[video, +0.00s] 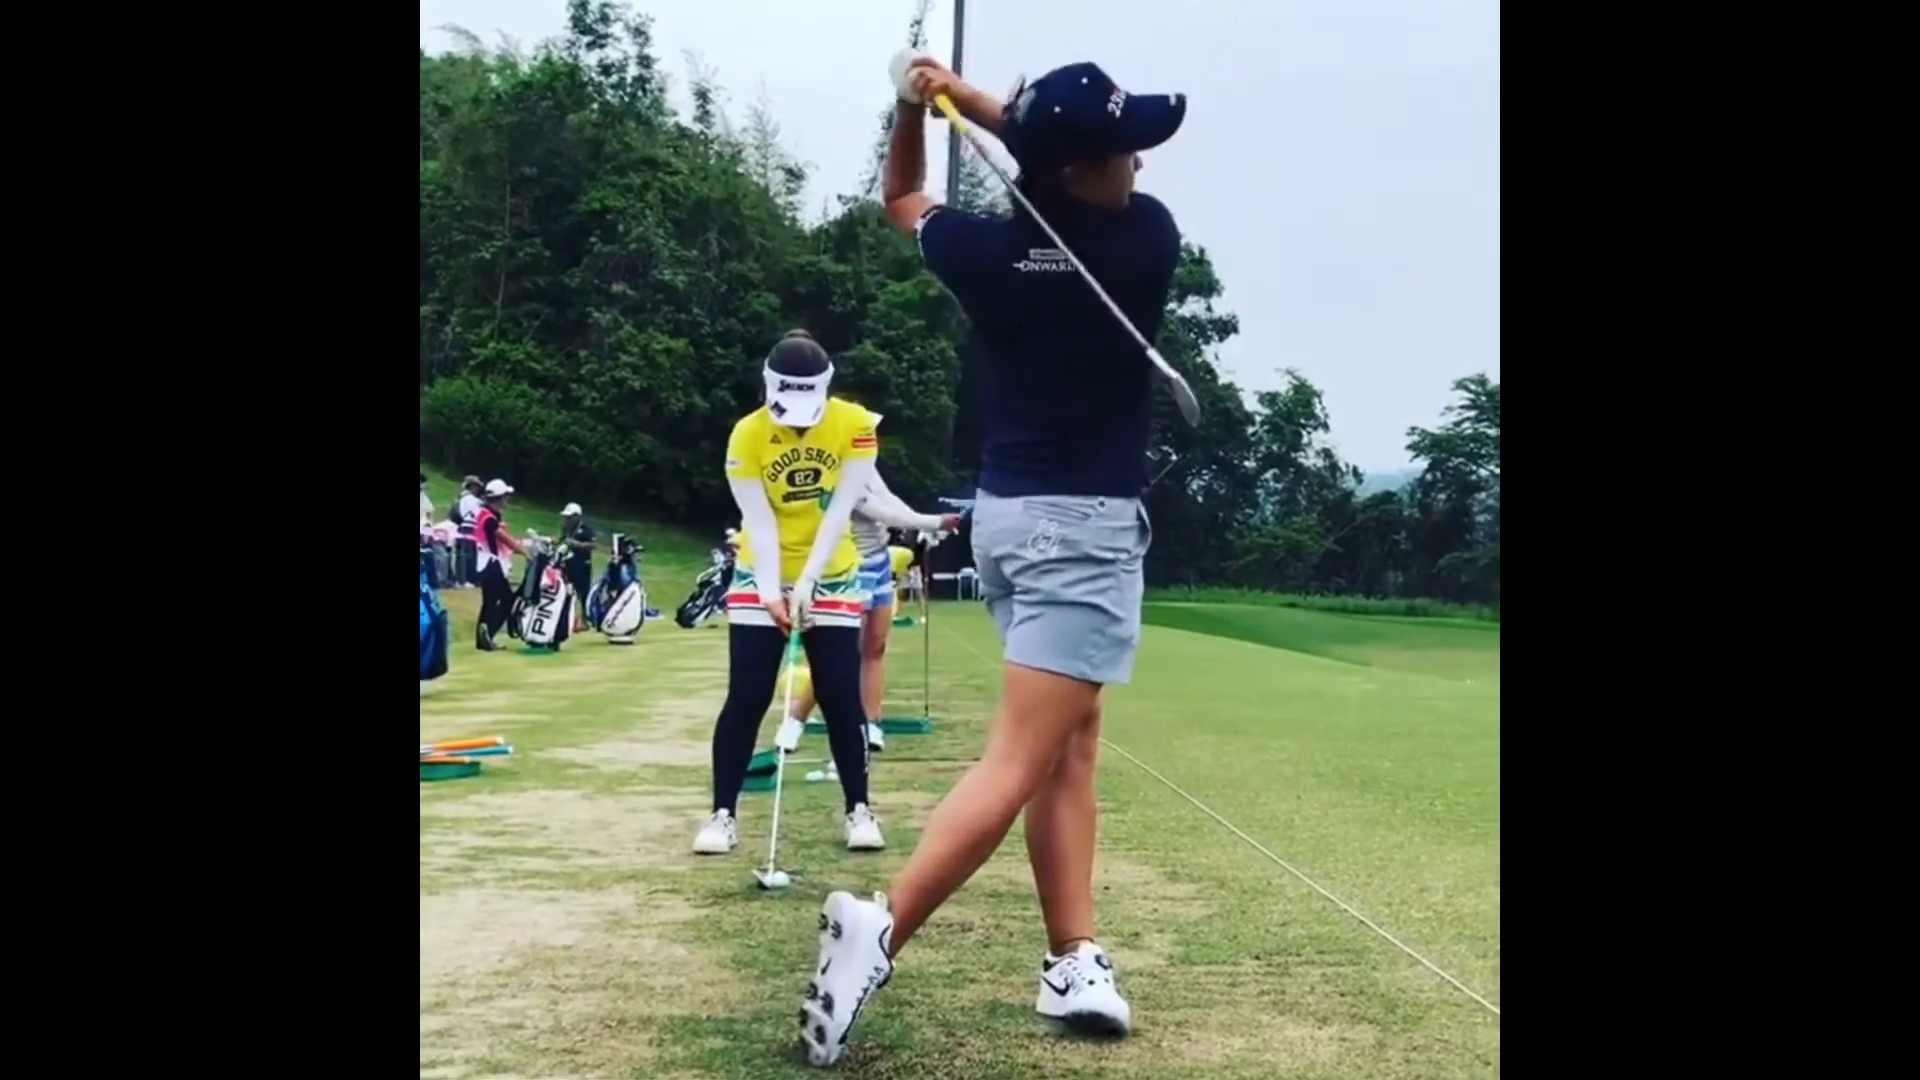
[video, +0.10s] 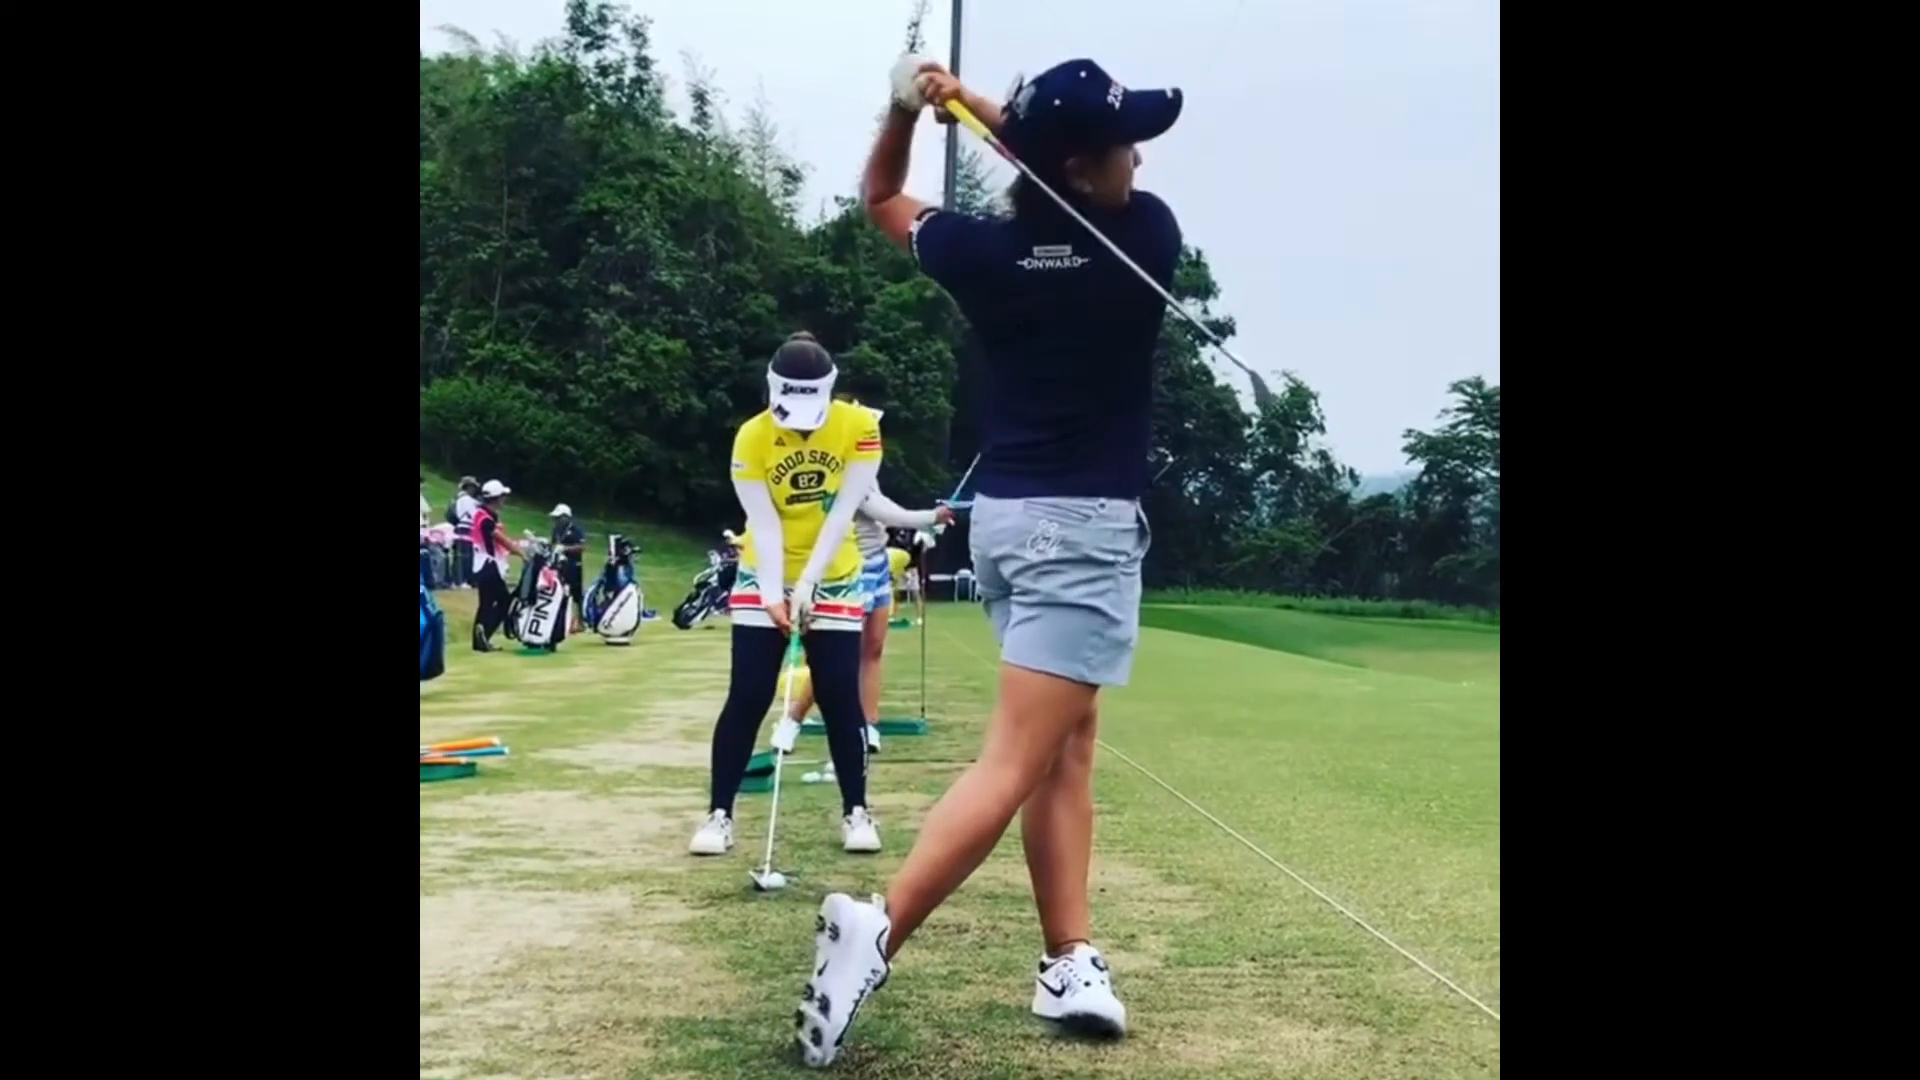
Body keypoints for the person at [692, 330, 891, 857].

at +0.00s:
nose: (794, 414)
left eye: (805, 403)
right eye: (785, 402)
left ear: (825, 388)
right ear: (769, 387)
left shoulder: (856, 424)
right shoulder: (747, 437)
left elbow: (843, 506)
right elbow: (759, 523)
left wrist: (807, 578)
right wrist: (769, 587)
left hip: (833, 575)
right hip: (758, 574)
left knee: (840, 696)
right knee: (747, 695)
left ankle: (859, 810)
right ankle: (722, 814)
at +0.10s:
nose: (798, 417)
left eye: (808, 406)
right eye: (789, 406)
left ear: (829, 389)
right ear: (773, 390)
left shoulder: (860, 427)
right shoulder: (751, 440)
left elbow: (846, 510)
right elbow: (763, 524)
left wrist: (809, 578)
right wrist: (771, 588)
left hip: (835, 579)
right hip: (763, 577)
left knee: (839, 696)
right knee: (748, 695)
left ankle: (856, 812)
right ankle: (719, 815)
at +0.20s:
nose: (801, 420)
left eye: (811, 410)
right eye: (791, 408)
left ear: (832, 393)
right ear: (776, 393)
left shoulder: (863, 428)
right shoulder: (755, 441)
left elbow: (847, 511)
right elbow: (766, 526)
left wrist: (809, 580)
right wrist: (774, 591)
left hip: (837, 578)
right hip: (765, 575)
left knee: (839, 695)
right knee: (748, 694)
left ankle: (854, 813)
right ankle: (717, 814)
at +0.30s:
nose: (798, 421)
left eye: (809, 411)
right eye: (789, 409)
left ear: (829, 395)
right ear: (774, 394)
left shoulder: (860, 430)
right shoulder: (751, 442)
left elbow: (843, 512)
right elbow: (763, 527)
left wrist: (806, 582)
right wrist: (774, 594)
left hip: (833, 581)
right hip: (762, 579)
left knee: (837, 699)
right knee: (744, 698)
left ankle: (851, 814)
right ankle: (713, 816)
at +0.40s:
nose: (793, 423)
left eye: (803, 412)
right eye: (783, 411)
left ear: (823, 396)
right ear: (767, 396)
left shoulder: (853, 433)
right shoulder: (744, 443)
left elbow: (836, 514)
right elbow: (757, 527)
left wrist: (800, 585)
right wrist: (770, 595)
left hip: (826, 584)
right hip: (754, 581)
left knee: (832, 701)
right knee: (739, 700)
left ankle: (850, 815)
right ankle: (711, 819)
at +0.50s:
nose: (788, 424)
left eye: (798, 414)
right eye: (778, 413)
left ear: (818, 397)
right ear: (763, 397)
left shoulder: (849, 434)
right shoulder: (740, 444)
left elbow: (833, 514)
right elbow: (754, 529)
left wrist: (797, 587)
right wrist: (769, 598)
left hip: (822, 585)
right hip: (750, 583)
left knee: (830, 701)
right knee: (735, 701)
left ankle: (849, 816)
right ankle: (710, 821)